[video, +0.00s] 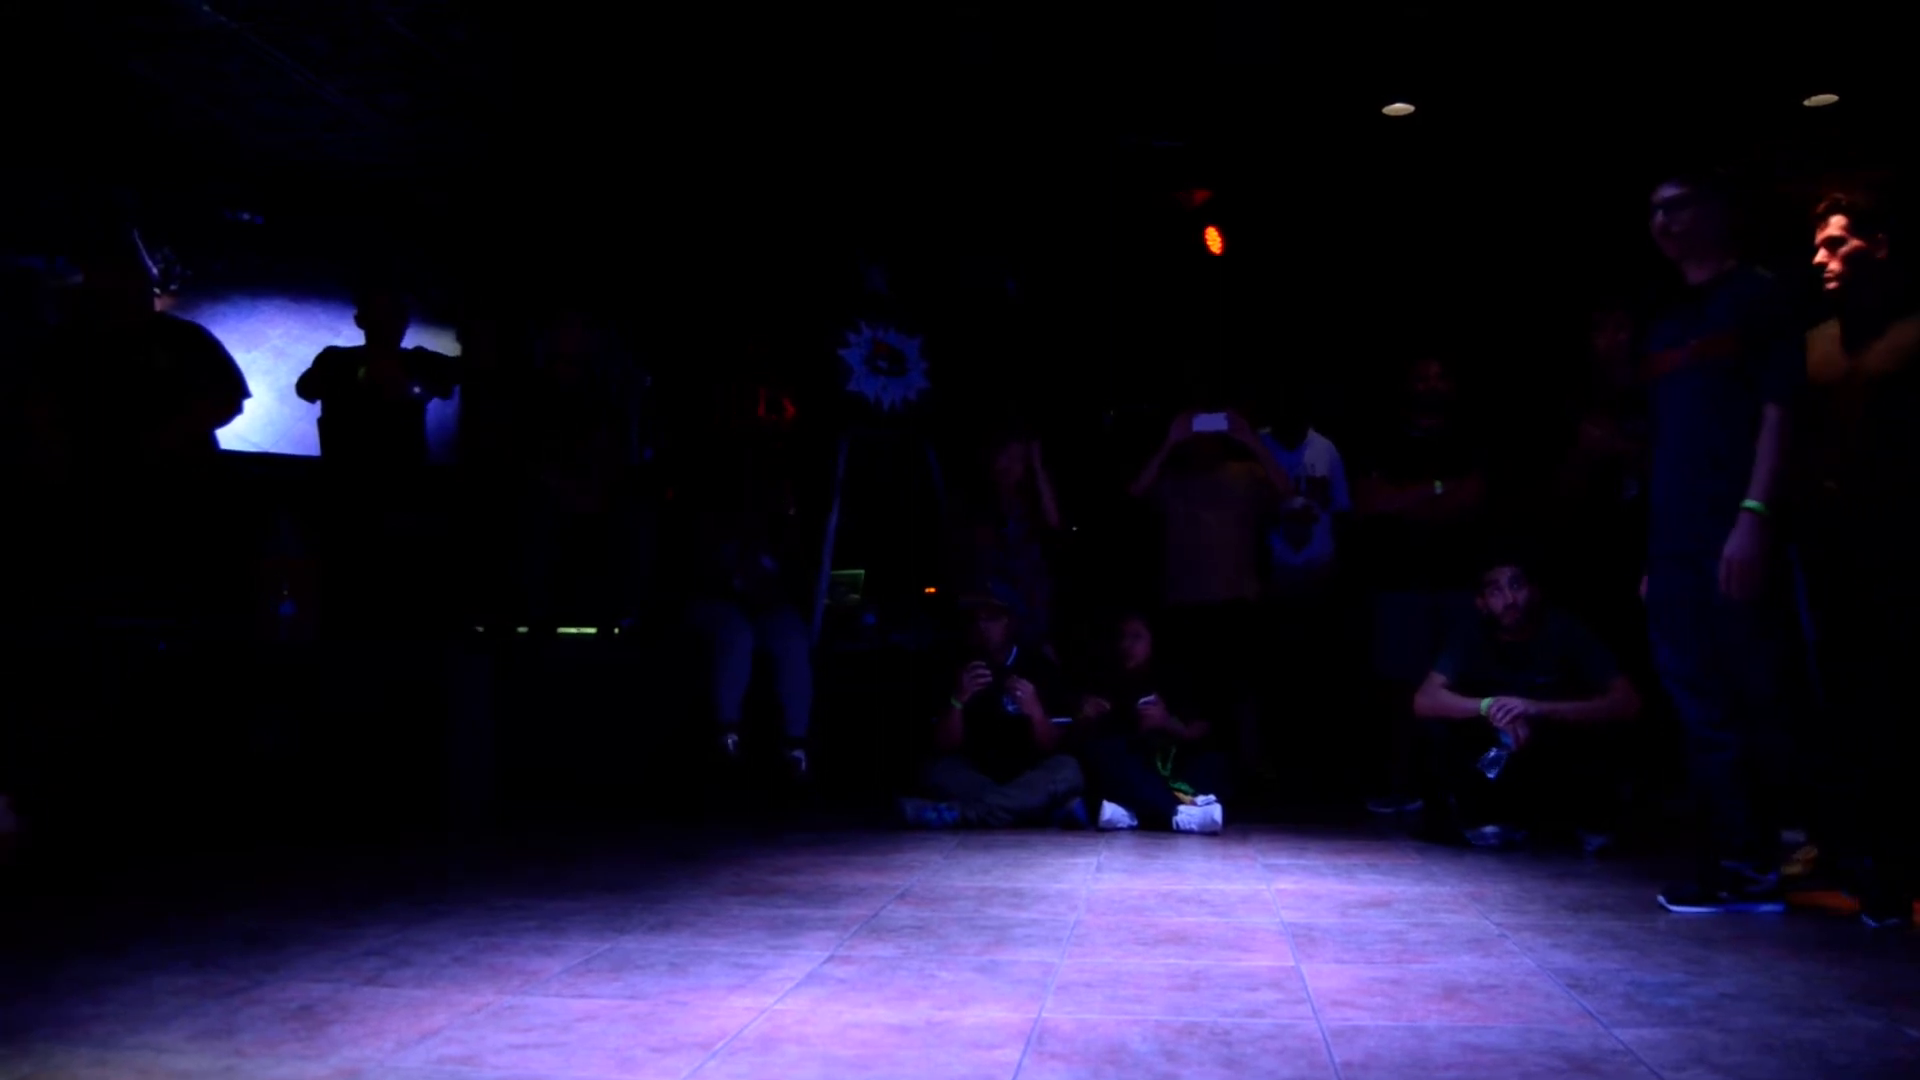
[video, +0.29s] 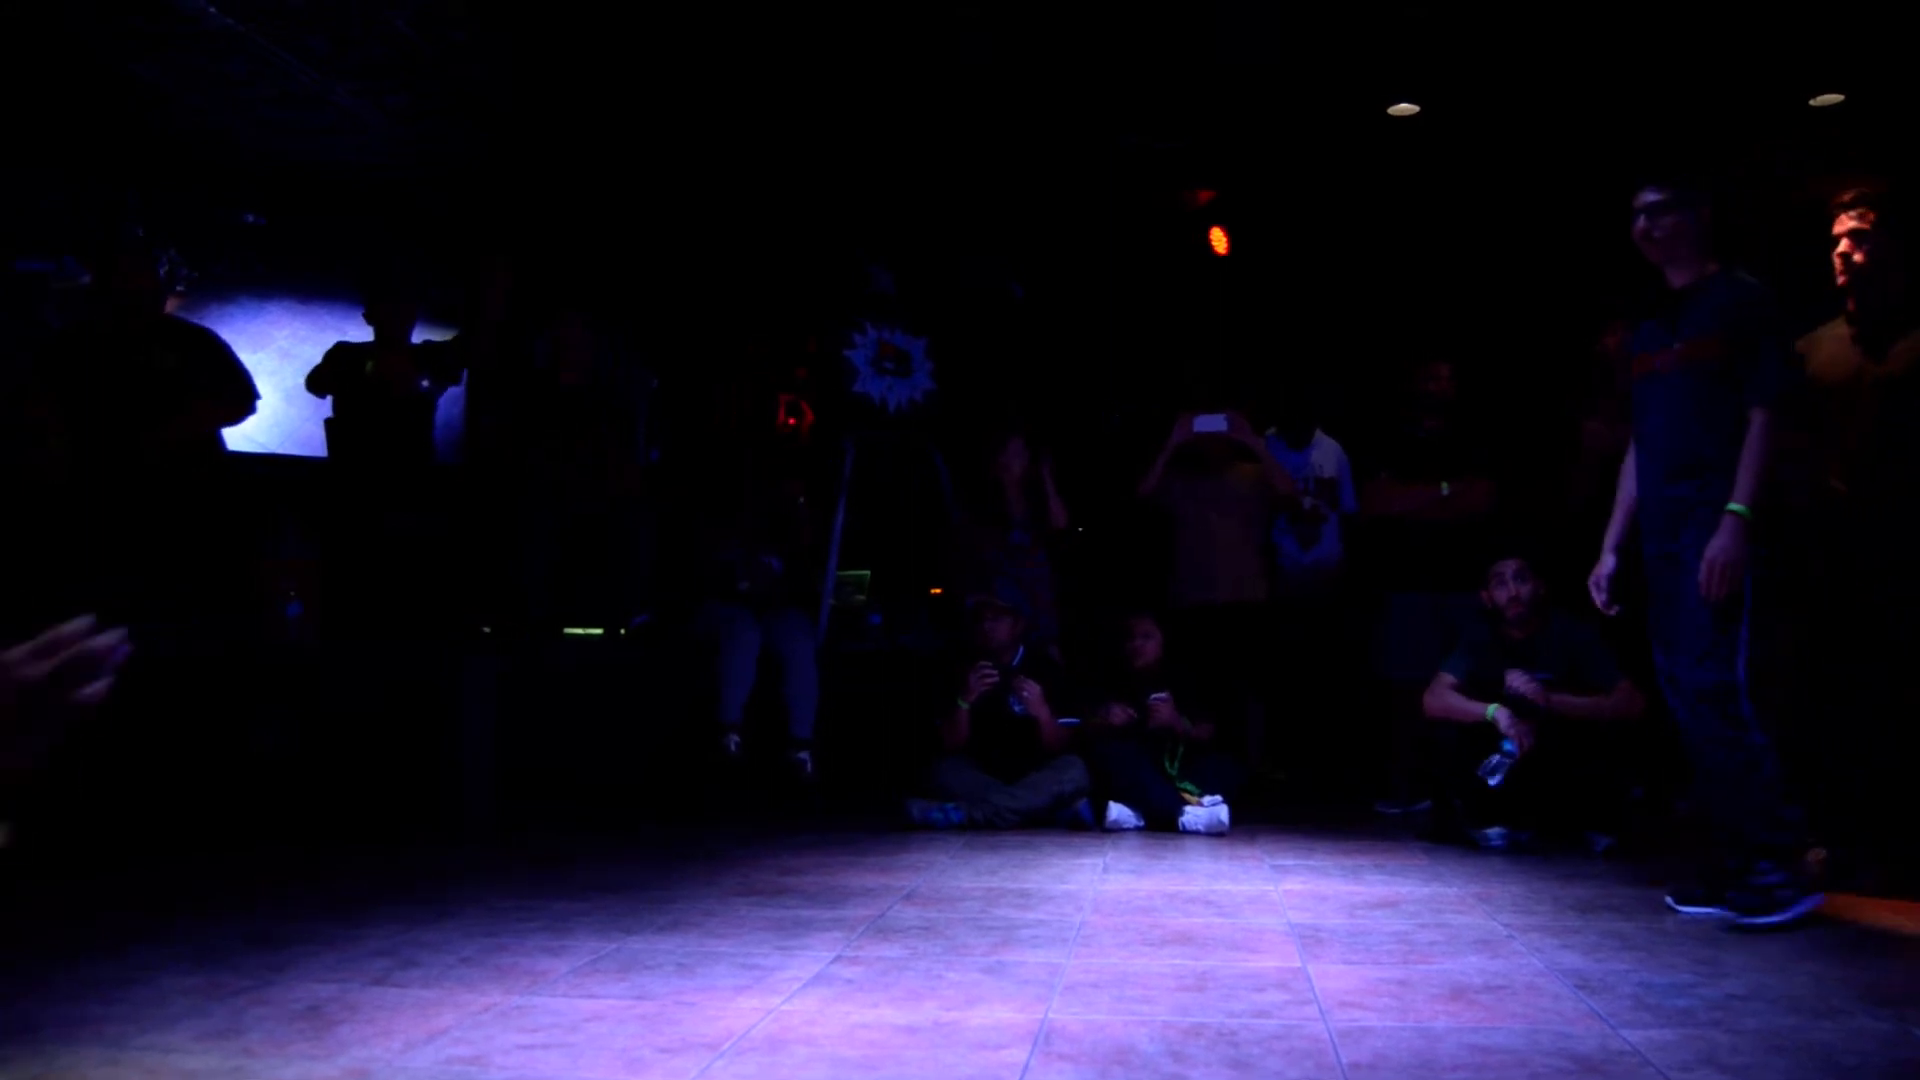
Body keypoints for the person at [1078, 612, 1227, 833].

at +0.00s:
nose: (1127, 645)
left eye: (1136, 637)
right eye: (1122, 637)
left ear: (1151, 641)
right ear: (1114, 642)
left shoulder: (1168, 680)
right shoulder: (1106, 681)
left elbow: (1198, 731)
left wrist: (1165, 721)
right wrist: (1086, 716)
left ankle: (1136, 813)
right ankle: (1175, 813)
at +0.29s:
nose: (1137, 645)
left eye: (1146, 637)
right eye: (1131, 638)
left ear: (1161, 641)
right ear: (1123, 643)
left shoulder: (1181, 680)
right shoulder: (1115, 682)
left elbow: (1207, 733)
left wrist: (1175, 721)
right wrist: (1105, 719)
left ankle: (1143, 813)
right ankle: (1181, 813)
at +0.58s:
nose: (1183, 641)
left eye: (1191, 633)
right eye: (1178, 634)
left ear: (1206, 638)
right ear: (1171, 639)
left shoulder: (1226, 676)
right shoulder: (1160, 676)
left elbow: (1250, 730)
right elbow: (1138, 722)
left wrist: (1215, 715)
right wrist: (1164, 719)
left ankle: (1187, 811)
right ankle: (1226, 811)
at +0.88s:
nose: (1199, 642)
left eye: (1208, 635)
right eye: (1195, 636)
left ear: (1225, 639)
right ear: (1188, 640)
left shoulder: (1245, 679)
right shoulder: (1181, 681)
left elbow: (1273, 732)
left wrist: (1233, 721)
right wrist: (1193, 720)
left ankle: (1207, 811)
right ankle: (1248, 812)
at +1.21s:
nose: (1201, 640)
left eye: (1210, 632)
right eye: (1198, 633)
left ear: (1227, 637)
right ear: (1191, 637)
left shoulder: (1248, 677)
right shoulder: (1185, 679)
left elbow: (1275, 729)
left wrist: (1237, 719)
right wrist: (1196, 719)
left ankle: (1210, 810)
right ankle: (1252, 810)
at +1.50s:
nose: (1203, 642)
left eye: (1211, 634)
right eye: (1199, 634)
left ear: (1227, 638)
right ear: (1191, 639)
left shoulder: (1245, 676)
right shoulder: (1185, 678)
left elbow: (1273, 729)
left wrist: (1237, 717)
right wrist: (1193, 718)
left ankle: (1211, 811)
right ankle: (1251, 809)